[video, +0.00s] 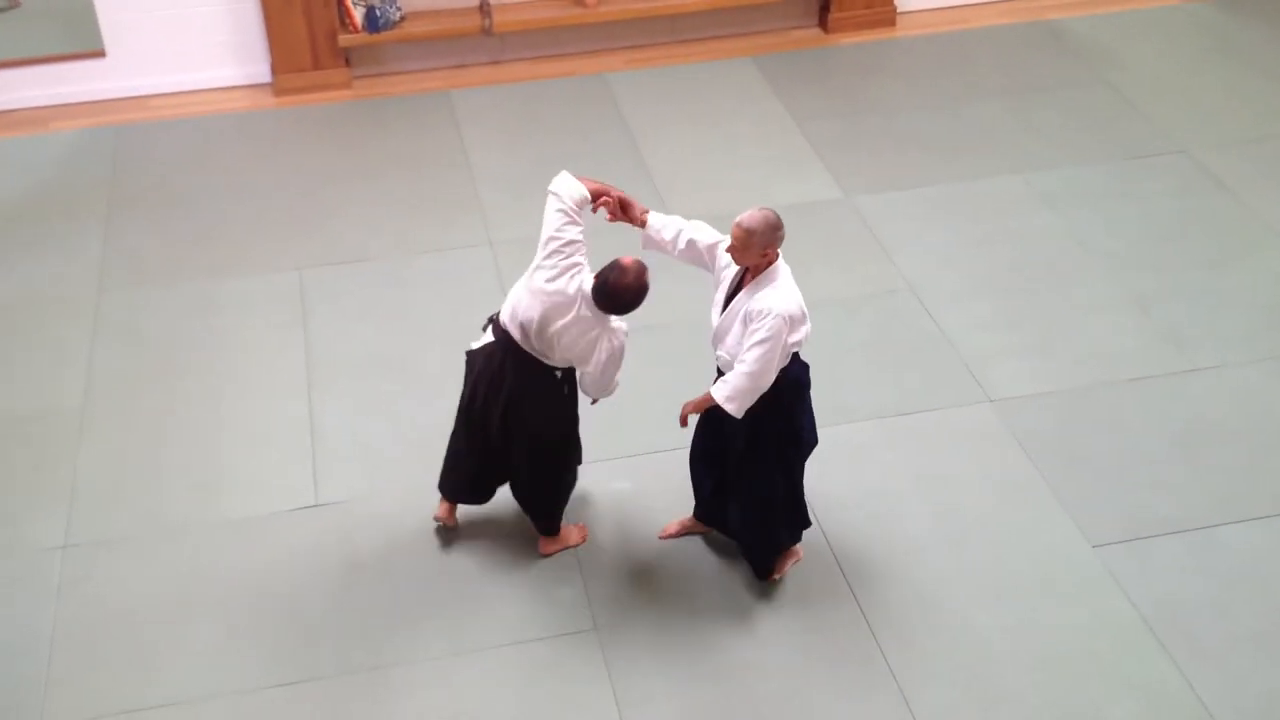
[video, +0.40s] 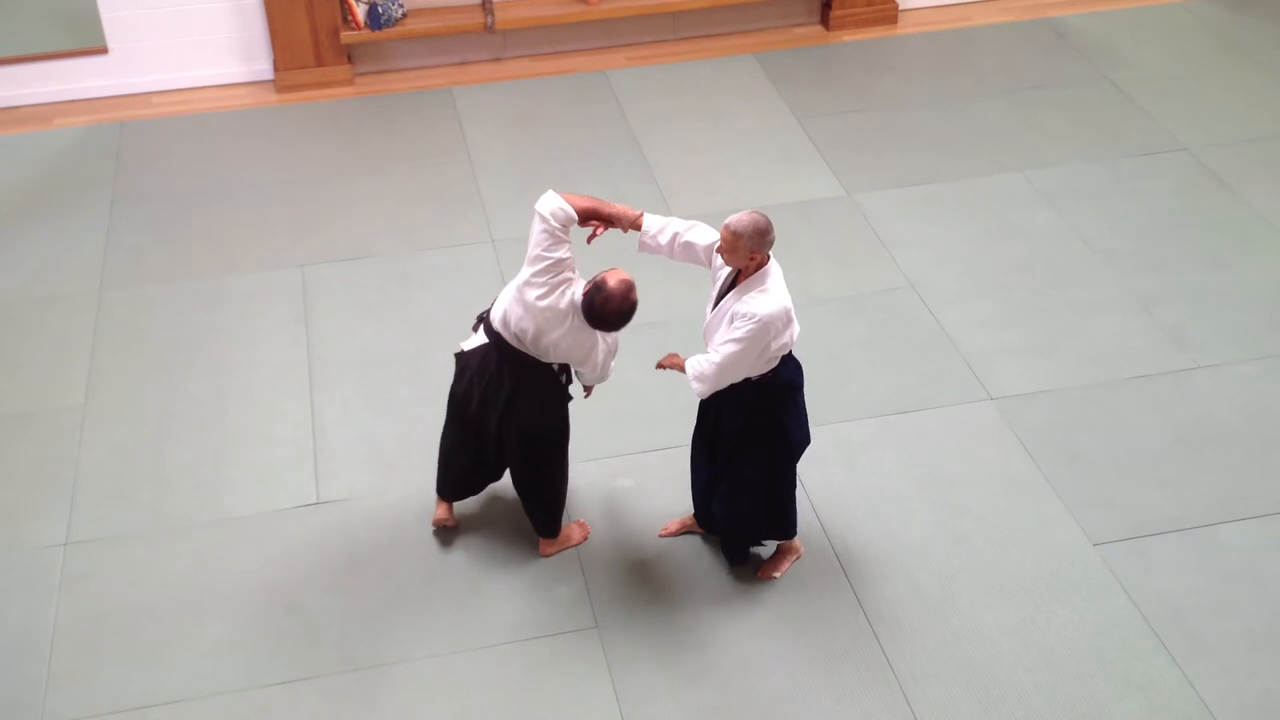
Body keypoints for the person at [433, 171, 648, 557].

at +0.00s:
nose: (631, 258)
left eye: (625, 262)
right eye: (640, 266)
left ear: (602, 272)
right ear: (628, 307)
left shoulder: (564, 259)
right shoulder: (609, 339)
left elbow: (565, 189)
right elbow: (597, 388)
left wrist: (605, 191)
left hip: (496, 352)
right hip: (545, 380)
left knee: (472, 428)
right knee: (550, 455)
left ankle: (447, 505)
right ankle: (550, 534)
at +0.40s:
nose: (619, 269)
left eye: (613, 275)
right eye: (629, 277)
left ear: (590, 285)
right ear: (618, 322)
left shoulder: (551, 266)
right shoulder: (599, 345)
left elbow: (555, 207)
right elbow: (591, 379)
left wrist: (614, 213)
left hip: (488, 354)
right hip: (540, 379)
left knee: (462, 429)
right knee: (543, 455)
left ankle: (443, 505)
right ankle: (550, 535)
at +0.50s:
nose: (620, 269)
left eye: (614, 276)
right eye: (629, 278)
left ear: (590, 286)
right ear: (618, 322)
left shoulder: (551, 268)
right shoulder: (599, 344)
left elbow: (554, 210)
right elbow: (588, 377)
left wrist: (609, 213)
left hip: (487, 356)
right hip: (539, 378)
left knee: (459, 429)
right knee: (543, 455)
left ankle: (443, 506)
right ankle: (549, 535)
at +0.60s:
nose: (619, 267)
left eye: (614, 274)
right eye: (630, 277)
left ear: (592, 286)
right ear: (618, 322)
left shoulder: (551, 269)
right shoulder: (602, 341)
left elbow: (553, 213)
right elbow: (586, 373)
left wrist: (607, 213)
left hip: (488, 357)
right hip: (541, 380)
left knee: (459, 429)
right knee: (543, 456)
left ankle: (443, 507)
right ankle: (550, 534)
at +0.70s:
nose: (620, 264)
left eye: (615, 272)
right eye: (631, 275)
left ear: (593, 287)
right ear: (621, 321)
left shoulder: (551, 270)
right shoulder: (603, 342)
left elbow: (553, 214)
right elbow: (583, 369)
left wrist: (608, 212)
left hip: (488, 358)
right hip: (543, 381)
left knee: (458, 431)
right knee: (543, 456)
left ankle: (444, 508)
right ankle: (550, 534)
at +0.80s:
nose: (622, 263)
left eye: (617, 270)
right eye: (632, 270)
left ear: (596, 287)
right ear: (622, 321)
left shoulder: (554, 271)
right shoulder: (603, 343)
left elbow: (555, 214)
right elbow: (578, 364)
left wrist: (607, 211)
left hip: (488, 360)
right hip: (543, 383)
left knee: (458, 433)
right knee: (544, 457)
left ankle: (445, 510)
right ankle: (551, 533)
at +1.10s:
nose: (624, 255)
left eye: (622, 263)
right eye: (633, 262)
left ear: (602, 279)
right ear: (624, 312)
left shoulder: (558, 262)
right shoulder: (604, 336)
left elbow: (566, 202)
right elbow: (578, 358)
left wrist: (609, 216)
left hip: (489, 356)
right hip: (544, 377)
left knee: (461, 430)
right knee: (546, 451)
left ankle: (446, 508)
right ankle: (553, 529)